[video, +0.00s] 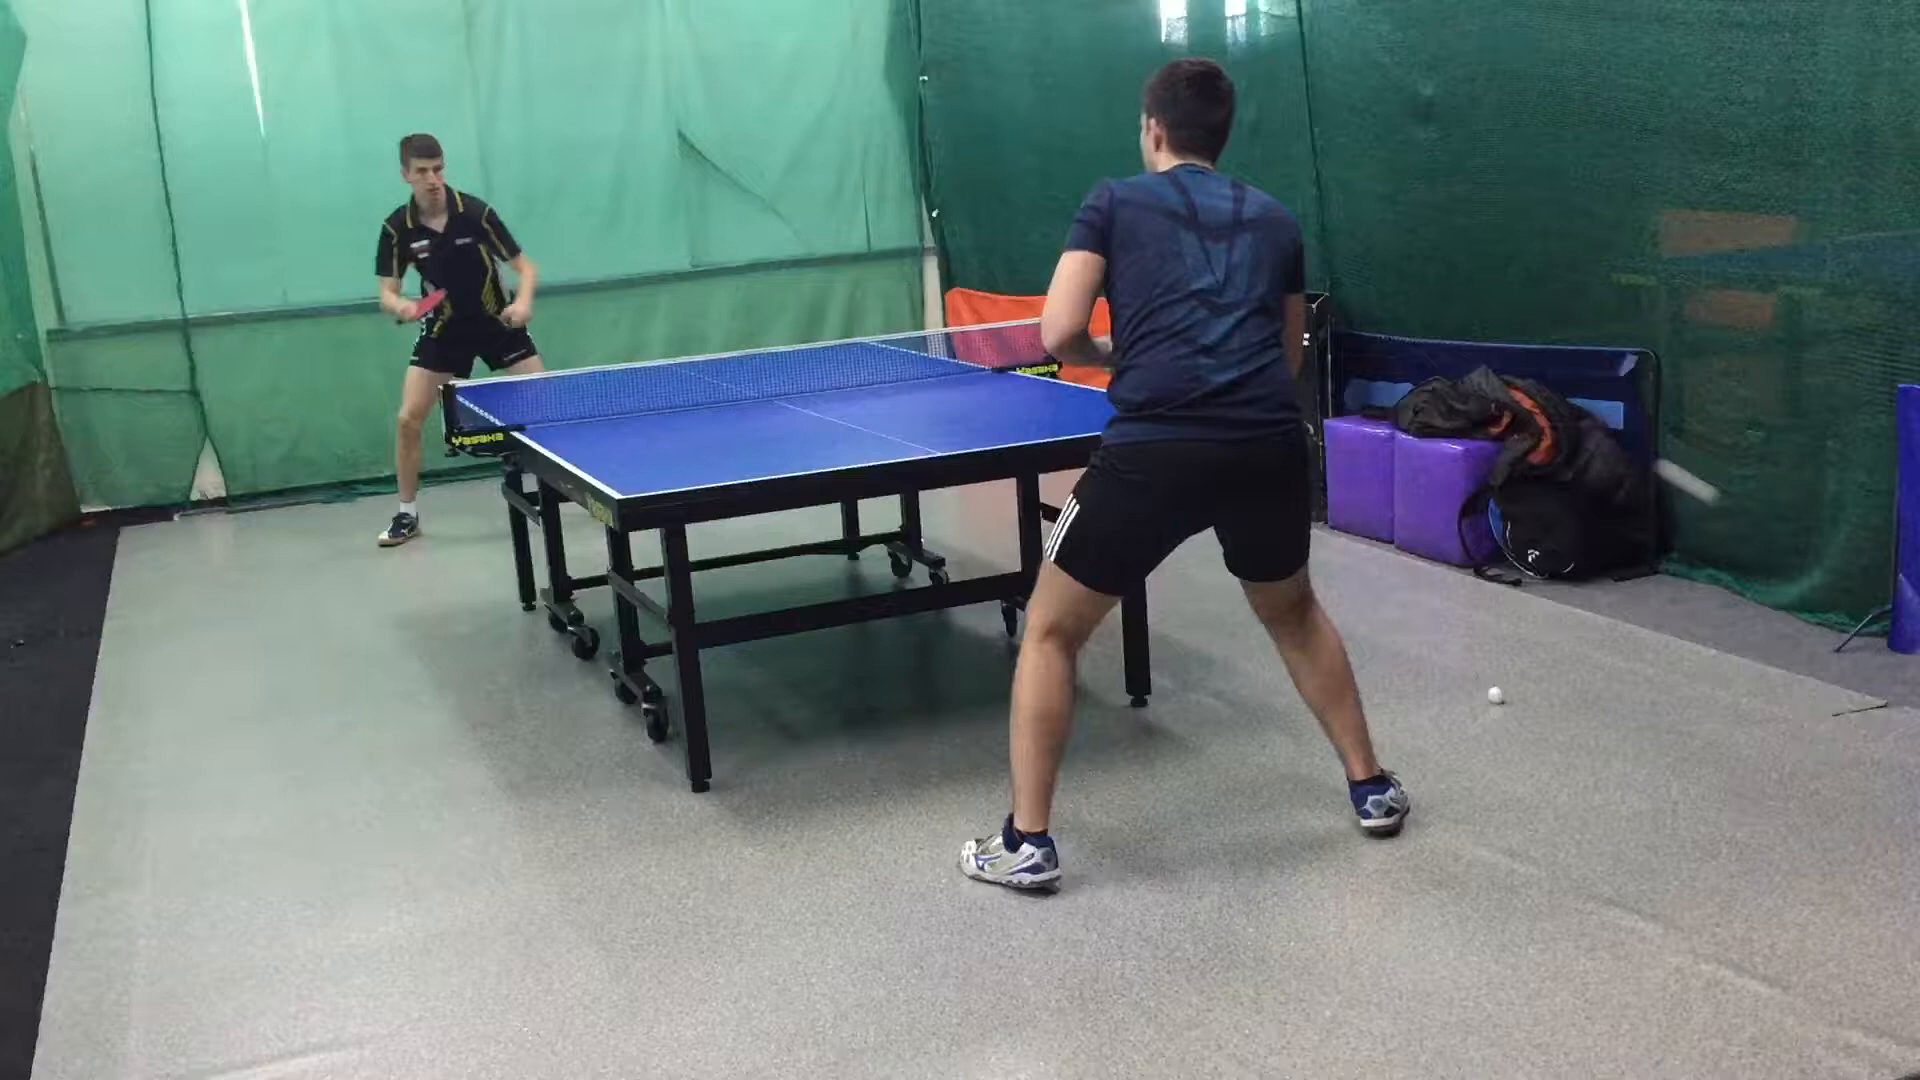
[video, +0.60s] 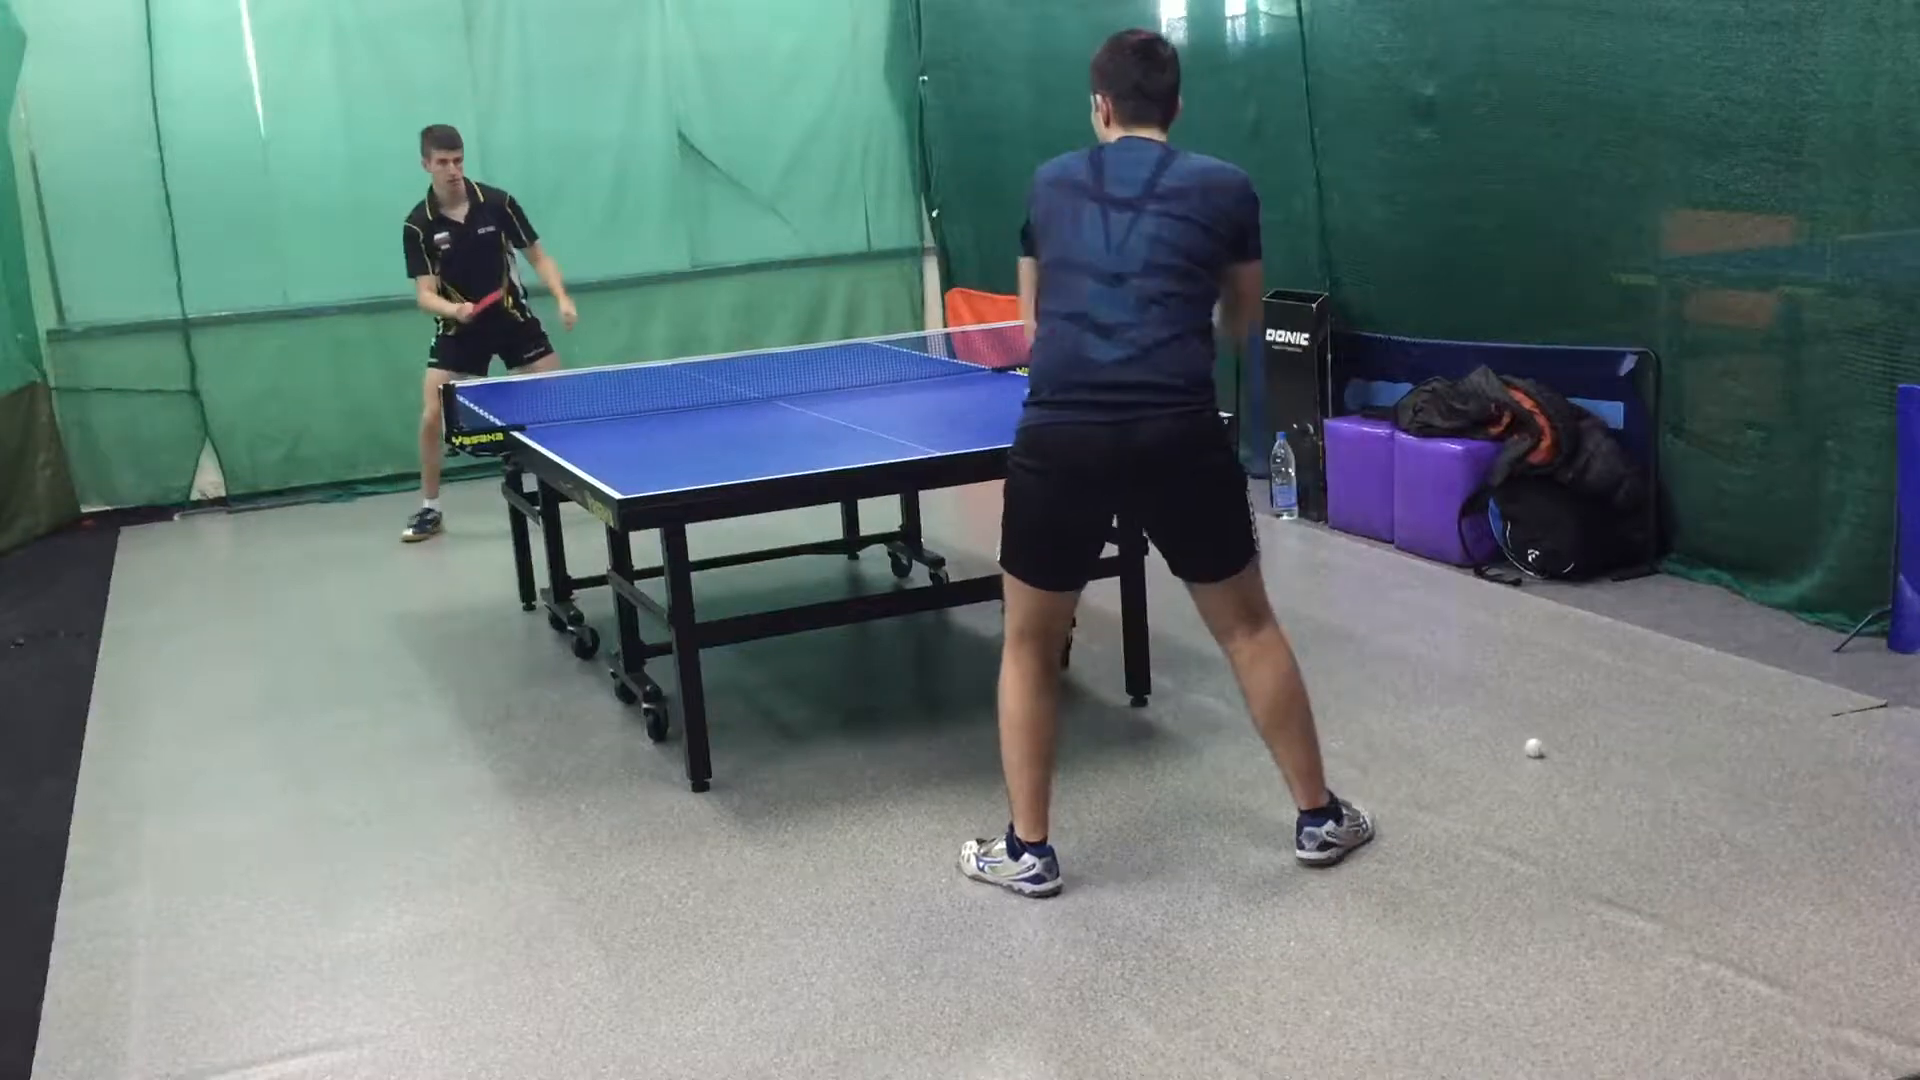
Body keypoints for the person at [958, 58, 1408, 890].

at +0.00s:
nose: (1144, 138)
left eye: (1144, 128)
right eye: (1151, 128)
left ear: (1151, 132)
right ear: (1223, 137)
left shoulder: (1116, 202)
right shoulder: (1276, 219)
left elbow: (1061, 331)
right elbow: (1290, 358)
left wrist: (1112, 352)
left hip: (1154, 456)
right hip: (1268, 454)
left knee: (1054, 633)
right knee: (1294, 612)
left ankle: (1028, 839)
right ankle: (1370, 785)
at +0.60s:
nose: (1099, 110)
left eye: (1096, 100)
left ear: (1100, 105)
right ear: (1178, 107)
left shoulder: (1052, 182)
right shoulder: (1225, 188)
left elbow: (1035, 324)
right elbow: (1241, 322)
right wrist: (1185, 299)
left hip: (1059, 451)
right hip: (1177, 446)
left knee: (1030, 645)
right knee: (1250, 628)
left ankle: (1029, 848)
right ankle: (1317, 816)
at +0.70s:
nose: (1080, 110)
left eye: (1081, 97)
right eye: (1088, 98)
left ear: (1089, 105)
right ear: (1166, 107)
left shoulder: (1050, 177)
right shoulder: (1219, 185)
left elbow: (994, 310)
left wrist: (1042, 379)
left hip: (1074, 442)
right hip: (1192, 435)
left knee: (1030, 646)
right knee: (1252, 626)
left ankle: (1028, 848)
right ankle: (1318, 813)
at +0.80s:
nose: (1065, 111)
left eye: (1067, 99)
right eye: (1072, 99)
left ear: (1078, 105)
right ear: (1154, 107)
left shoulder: (1050, 173)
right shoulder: (1206, 186)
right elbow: (1188, 300)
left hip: (1085, 438)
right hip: (1200, 431)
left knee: (1032, 644)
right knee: (1249, 612)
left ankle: (1028, 848)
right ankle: (1323, 791)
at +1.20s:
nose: (1112, 144)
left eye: (1113, 134)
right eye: (1117, 132)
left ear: (1125, 139)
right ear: (1196, 140)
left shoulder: (1094, 207)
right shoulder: (1252, 216)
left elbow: (1034, 326)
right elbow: (1271, 347)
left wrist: (1087, 332)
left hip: (1135, 451)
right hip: (1248, 447)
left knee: (1038, 624)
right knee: (1281, 611)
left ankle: (1026, 826)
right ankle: (1351, 791)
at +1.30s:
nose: (1128, 141)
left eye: (1128, 130)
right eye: (1134, 129)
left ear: (1138, 135)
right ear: (1209, 136)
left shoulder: (1098, 204)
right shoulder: (1263, 215)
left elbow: (1030, 319)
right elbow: (1291, 357)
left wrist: (1096, 331)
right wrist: (1314, 403)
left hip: (1124, 448)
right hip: (1239, 447)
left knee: (1036, 623)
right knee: (1289, 610)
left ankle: (1021, 825)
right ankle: (1351, 792)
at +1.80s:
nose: (1151, 145)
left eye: (1152, 135)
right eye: (1164, 136)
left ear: (1162, 141)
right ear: (1233, 149)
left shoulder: (1117, 208)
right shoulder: (1276, 232)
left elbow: (1046, 324)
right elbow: (1276, 345)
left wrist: (1109, 340)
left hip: (1146, 460)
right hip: (1261, 456)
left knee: (1049, 636)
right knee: (1299, 610)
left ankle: (1027, 839)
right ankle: (1351, 786)